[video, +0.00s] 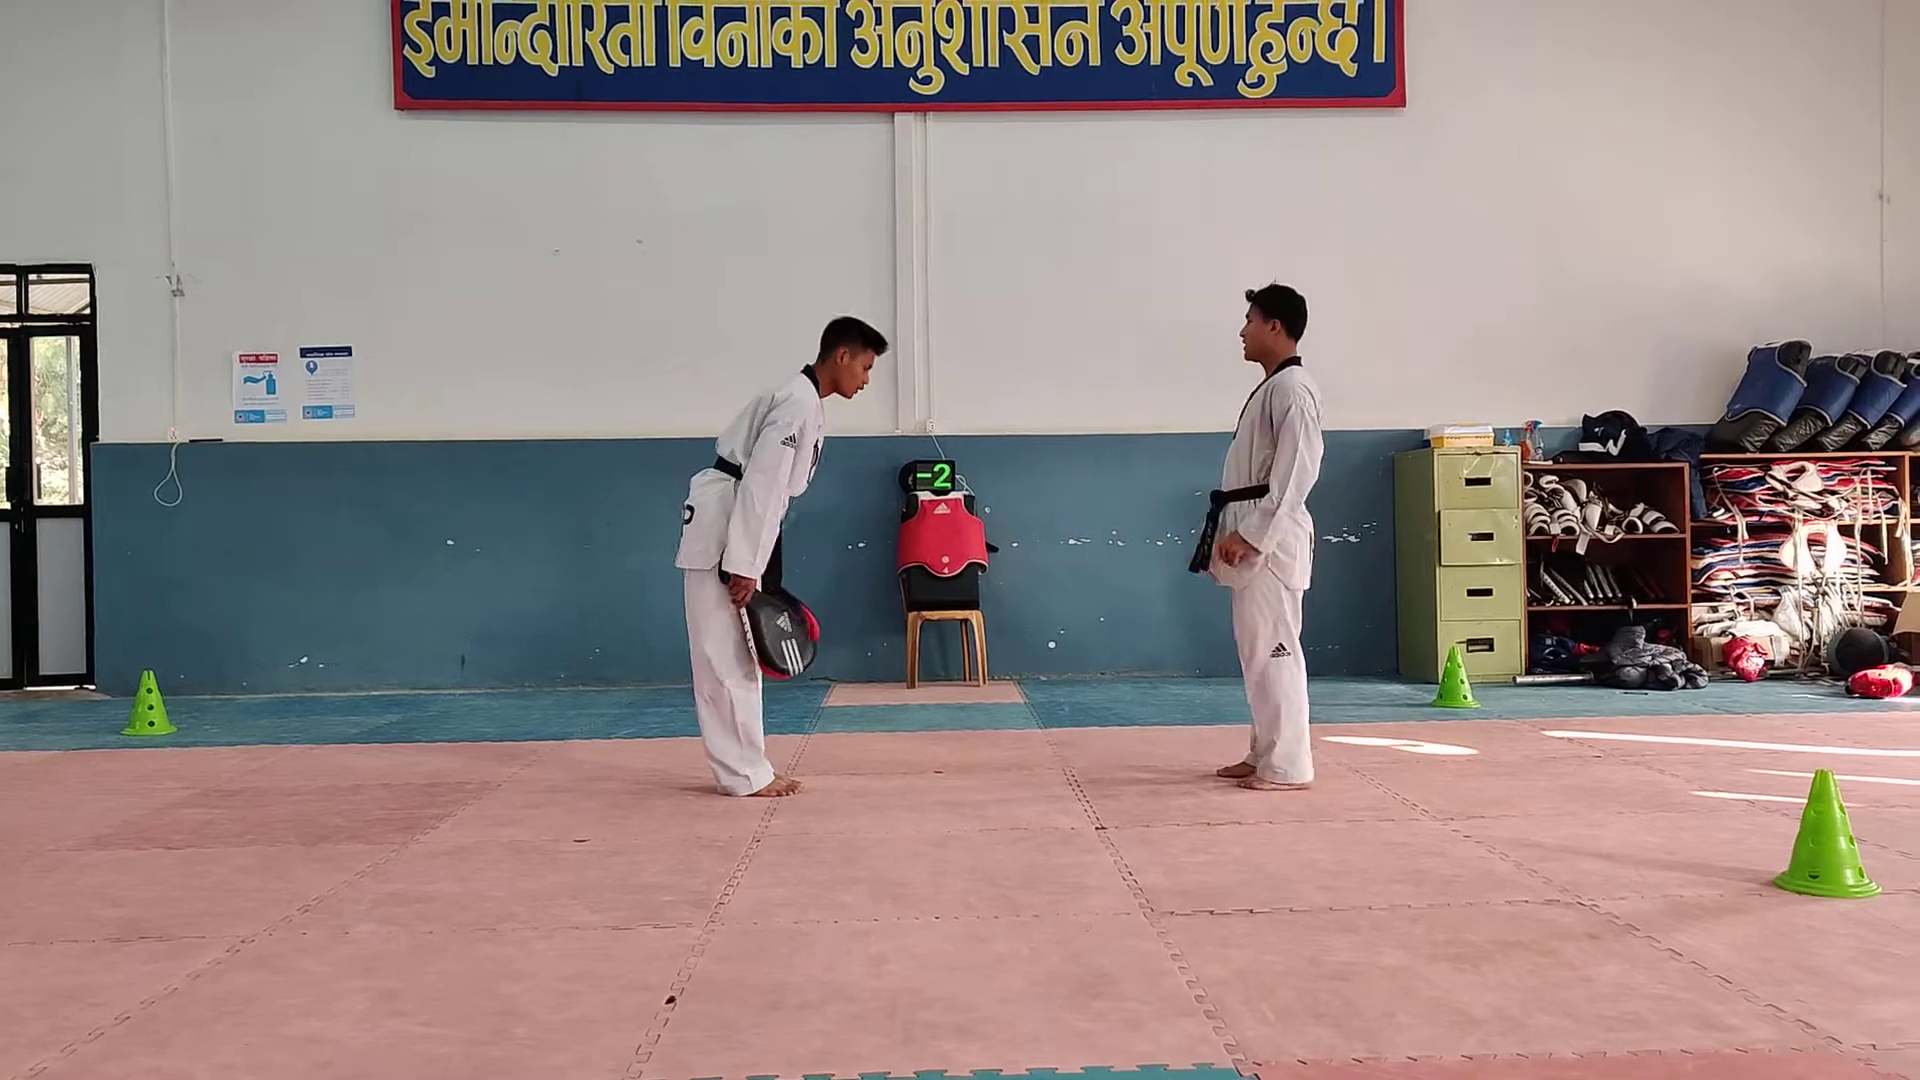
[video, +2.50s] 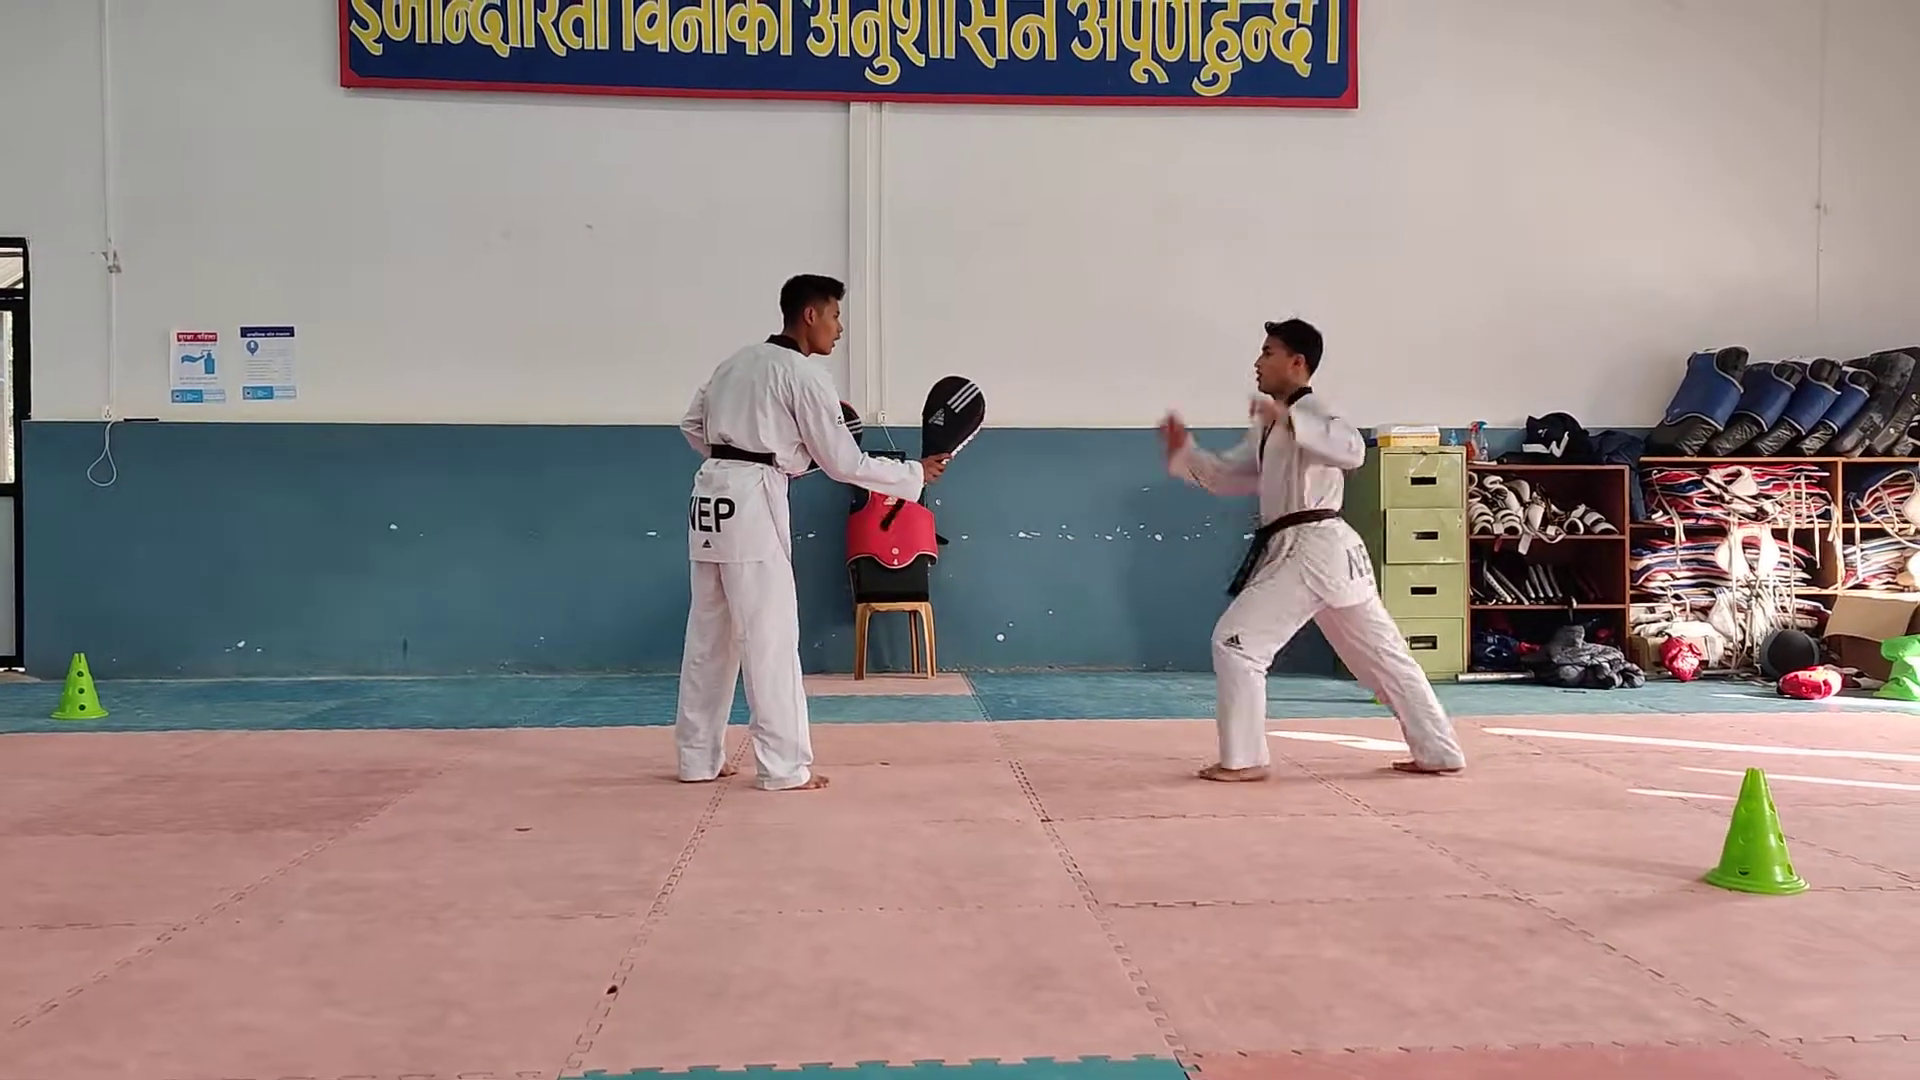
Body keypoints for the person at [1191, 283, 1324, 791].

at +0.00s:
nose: (1242, 330)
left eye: (1249, 320)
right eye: (1245, 320)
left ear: (1274, 327)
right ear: (1276, 328)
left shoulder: (1290, 389)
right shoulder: (1270, 388)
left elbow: (1296, 470)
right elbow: (1255, 472)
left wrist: (1255, 534)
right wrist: (1226, 532)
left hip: (1272, 540)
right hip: (1254, 540)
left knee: (1273, 650)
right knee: (1260, 650)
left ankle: (1287, 764)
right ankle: (1267, 755)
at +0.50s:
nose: (1260, 333)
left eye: (1266, 324)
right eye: (1263, 323)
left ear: (1284, 330)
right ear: (1307, 333)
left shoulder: (1287, 397)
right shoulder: (1331, 388)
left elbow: (1271, 484)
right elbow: (1326, 466)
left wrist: (1227, 521)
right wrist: (1254, 496)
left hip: (1308, 529)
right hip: (1342, 523)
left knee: (1302, 650)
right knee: (1325, 648)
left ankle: (1296, 769)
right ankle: (1327, 753)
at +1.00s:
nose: (1332, 334)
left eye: (1337, 325)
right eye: (1335, 324)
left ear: (1354, 332)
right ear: (1376, 335)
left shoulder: (1350, 390)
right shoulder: (1400, 388)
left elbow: (1362, 465)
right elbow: (1400, 464)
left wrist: (1315, 515)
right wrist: (1335, 472)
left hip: (1368, 527)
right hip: (1412, 521)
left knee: (1333, 647)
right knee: (1422, 647)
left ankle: (1294, 759)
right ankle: (1442, 754)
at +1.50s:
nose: (1324, 322)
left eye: (1330, 313)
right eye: (1327, 312)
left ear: (1346, 319)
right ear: (1371, 324)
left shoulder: (1332, 369)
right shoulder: (1398, 376)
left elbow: (1316, 442)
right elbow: (1421, 451)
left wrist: (1299, 491)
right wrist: (1382, 483)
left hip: (1349, 508)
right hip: (1398, 508)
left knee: (1333, 633)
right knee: (1409, 635)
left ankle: (1313, 752)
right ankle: (1424, 746)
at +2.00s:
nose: (1306, 335)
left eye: (1314, 326)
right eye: (1308, 325)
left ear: (1345, 332)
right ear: (1351, 335)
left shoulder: (1330, 381)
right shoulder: (1388, 385)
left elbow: (1332, 451)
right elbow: (1416, 455)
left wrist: (1305, 497)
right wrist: (1377, 489)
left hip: (1350, 518)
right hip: (1396, 517)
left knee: (1305, 634)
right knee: (1407, 638)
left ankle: (1288, 752)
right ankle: (1440, 744)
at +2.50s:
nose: (1258, 362)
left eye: (1267, 354)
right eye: (1261, 353)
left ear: (1297, 363)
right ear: (1291, 364)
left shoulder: (1313, 411)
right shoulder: (1272, 426)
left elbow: (1351, 451)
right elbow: (1242, 476)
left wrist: (1287, 419)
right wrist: (1188, 456)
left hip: (1308, 545)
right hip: (1325, 545)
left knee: (1236, 642)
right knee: (1382, 654)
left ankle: (1244, 759)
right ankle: (1439, 752)